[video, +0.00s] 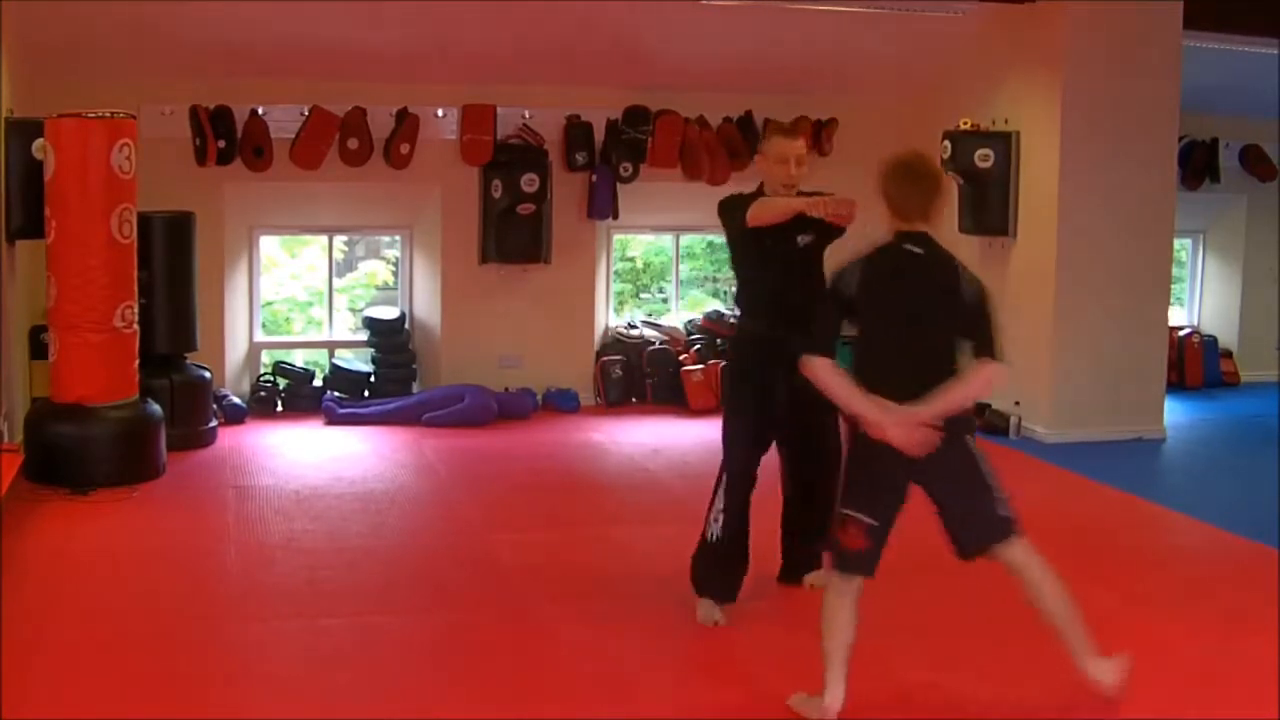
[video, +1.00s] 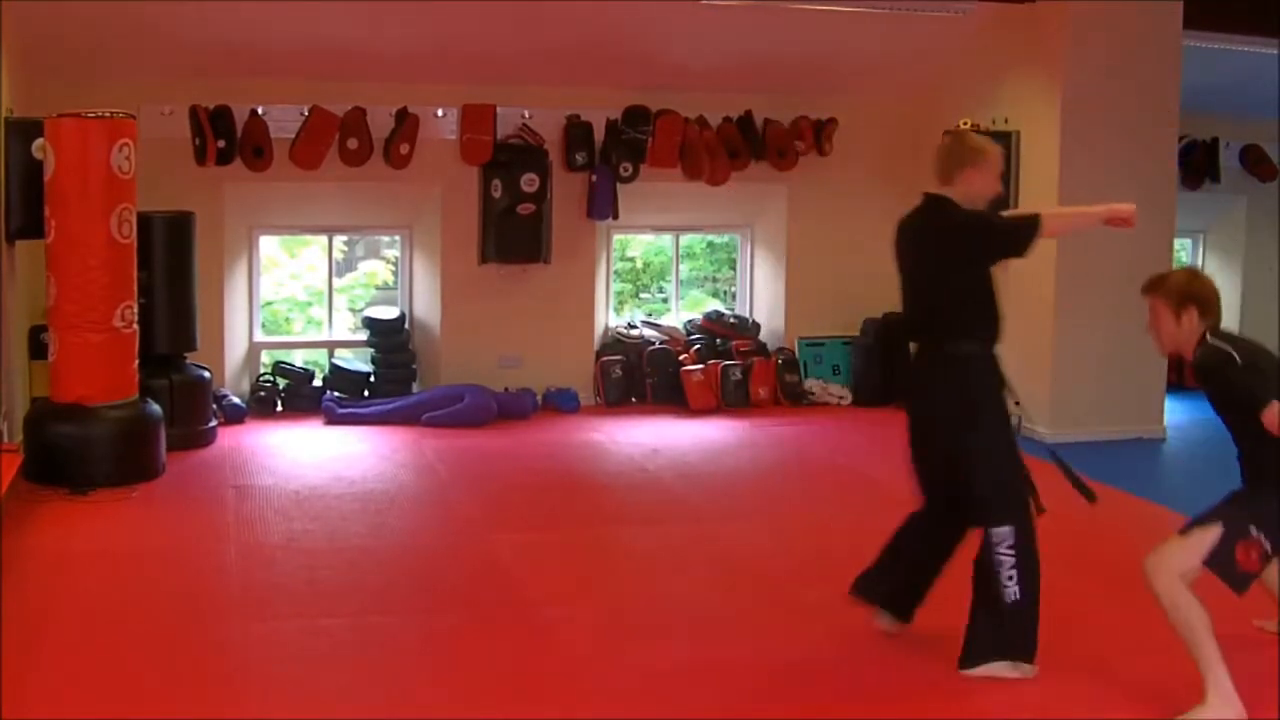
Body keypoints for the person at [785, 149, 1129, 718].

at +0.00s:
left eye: (890, 195)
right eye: (935, 195)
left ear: (885, 201)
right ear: (939, 201)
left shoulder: (853, 275)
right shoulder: (961, 279)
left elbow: (815, 363)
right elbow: (987, 371)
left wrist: (888, 423)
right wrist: (914, 415)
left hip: (872, 437)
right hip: (943, 436)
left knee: (844, 575)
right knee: (1015, 549)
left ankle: (832, 697)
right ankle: (1091, 664)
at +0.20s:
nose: (992, 209)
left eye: (993, 200)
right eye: (995, 199)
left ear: (1004, 205)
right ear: (1049, 202)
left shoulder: (985, 271)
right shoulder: (1082, 269)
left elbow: (964, 361)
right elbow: (1128, 355)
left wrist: (1031, 402)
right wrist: (1068, 394)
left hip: (1005, 428)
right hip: (1073, 427)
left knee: (937, 547)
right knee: (1111, 552)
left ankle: (864, 675)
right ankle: (1140, 680)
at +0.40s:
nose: (1075, 152)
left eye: (1078, 142)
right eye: (1077, 142)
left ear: (1093, 145)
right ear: (1127, 146)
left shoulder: (1079, 209)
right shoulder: (1159, 204)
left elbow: (1083, 300)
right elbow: (1216, 287)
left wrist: (1154, 336)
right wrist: (1169, 330)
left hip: (1104, 374)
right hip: (1161, 374)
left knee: (1071, 494)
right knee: (1159, 507)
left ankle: (1101, 640)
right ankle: (1183, 644)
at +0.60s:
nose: (1128, 175)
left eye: (1133, 164)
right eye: (1130, 164)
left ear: (1154, 166)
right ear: (1180, 165)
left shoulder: (1153, 231)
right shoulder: (1215, 222)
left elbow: (1167, 316)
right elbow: (1267, 302)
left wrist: (1224, 361)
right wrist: (1237, 352)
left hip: (1181, 393)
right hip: (1224, 389)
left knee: (1154, 516)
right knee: (1231, 499)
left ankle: (1208, 640)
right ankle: (1278, 601)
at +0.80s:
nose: (1156, 267)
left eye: (1161, 256)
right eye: (1156, 256)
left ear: (1188, 256)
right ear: (1196, 256)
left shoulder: (1205, 312)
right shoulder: (1241, 301)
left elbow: (1254, 382)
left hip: (1253, 458)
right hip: (1268, 456)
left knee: (1141, 529)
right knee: (1245, 518)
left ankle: (1218, 638)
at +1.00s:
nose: (1150, 326)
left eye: (1156, 315)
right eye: (1149, 316)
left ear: (1189, 316)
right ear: (1190, 317)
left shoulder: (1218, 359)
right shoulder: (1226, 350)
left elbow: (1274, 415)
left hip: (1267, 498)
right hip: (1265, 493)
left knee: (1163, 568)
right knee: (1256, 549)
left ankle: (1222, 697)